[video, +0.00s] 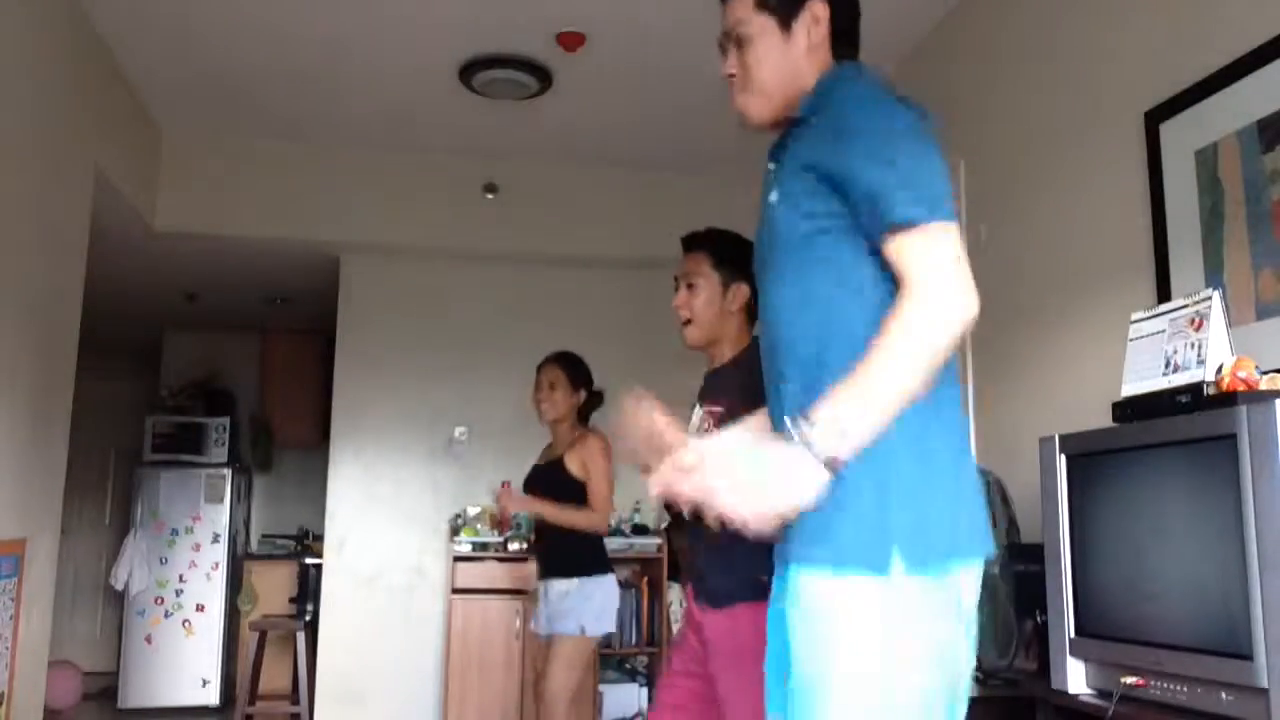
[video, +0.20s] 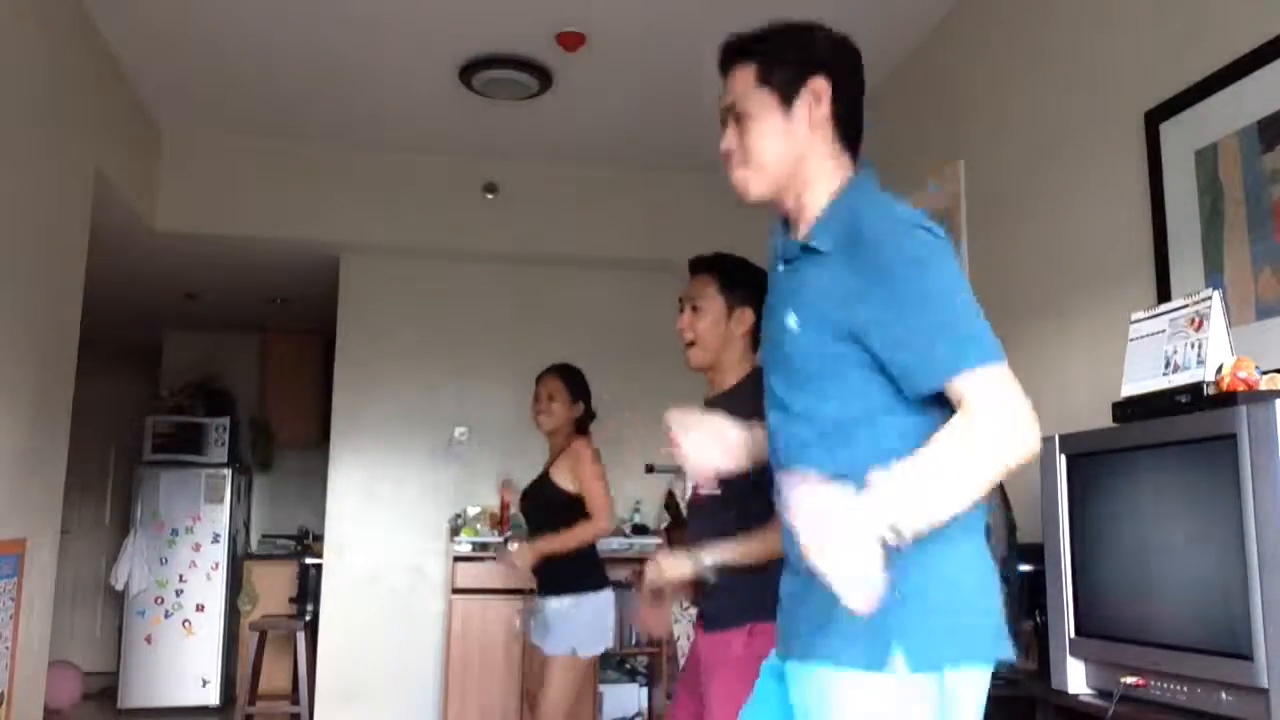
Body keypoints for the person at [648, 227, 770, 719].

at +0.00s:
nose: (677, 303)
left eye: (691, 286)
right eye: (678, 288)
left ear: (737, 296)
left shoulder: (764, 375)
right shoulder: (714, 383)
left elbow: (764, 499)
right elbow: (713, 493)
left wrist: (674, 454)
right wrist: (664, 456)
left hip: (751, 612)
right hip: (702, 607)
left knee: (750, 715)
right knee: (670, 715)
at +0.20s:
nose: (681, 325)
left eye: (696, 309)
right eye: (683, 311)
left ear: (742, 320)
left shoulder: (772, 401)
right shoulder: (714, 411)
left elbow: (800, 524)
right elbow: (713, 522)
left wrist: (697, 559)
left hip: (753, 631)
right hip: (707, 629)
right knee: (685, 714)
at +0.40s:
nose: (682, 303)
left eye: (695, 287)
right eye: (682, 288)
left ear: (743, 296)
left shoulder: (767, 376)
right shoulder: (711, 382)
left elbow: (775, 482)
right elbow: (716, 495)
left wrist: (684, 465)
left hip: (756, 608)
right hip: (710, 603)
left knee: (752, 712)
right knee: (670, 712)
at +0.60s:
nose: (690, 321)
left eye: (704, 305)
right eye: (691, 307)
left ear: (749, 318)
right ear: (742, 320)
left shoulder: (773, 402)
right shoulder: (731, 403)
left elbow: (786, 523)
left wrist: (701, 568)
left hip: (749, 627)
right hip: (715, 624)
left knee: (722, 711)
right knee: (693, 711)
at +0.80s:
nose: (689, 300)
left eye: (701, 284)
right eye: (688, 287)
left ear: (747, 291)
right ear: (742, 294)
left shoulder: (776, 370)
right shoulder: (722, 380)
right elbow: (730, 504)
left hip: (760, 610)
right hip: (709, 603)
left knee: (764, 712)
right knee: (673, 713)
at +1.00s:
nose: (691, 321)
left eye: (706, 306)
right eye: (690, 308)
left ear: (751, 316)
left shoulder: (777, 406)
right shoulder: (715, 408)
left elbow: (818, 511)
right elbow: (715, 525)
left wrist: (722, 559)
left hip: (766, 616)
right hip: (718, 617)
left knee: (734, 712)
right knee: (693, 712)